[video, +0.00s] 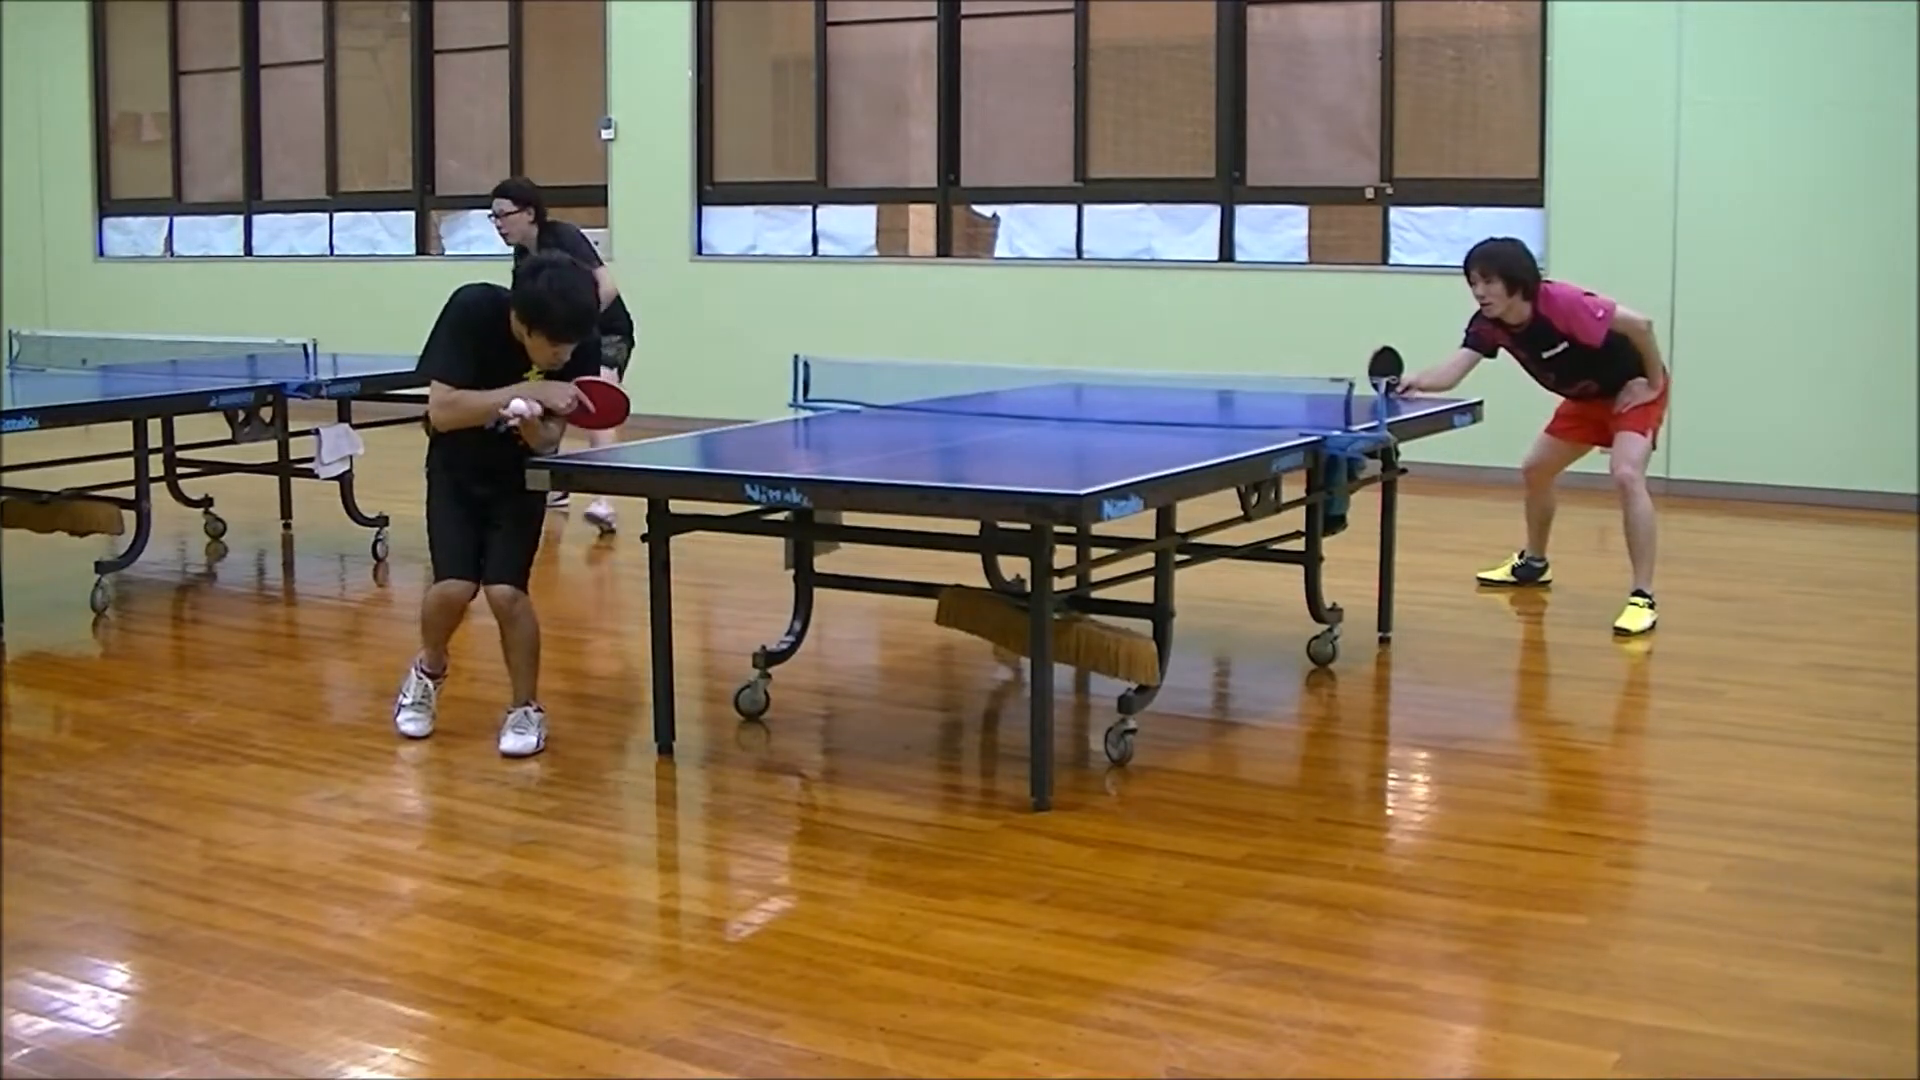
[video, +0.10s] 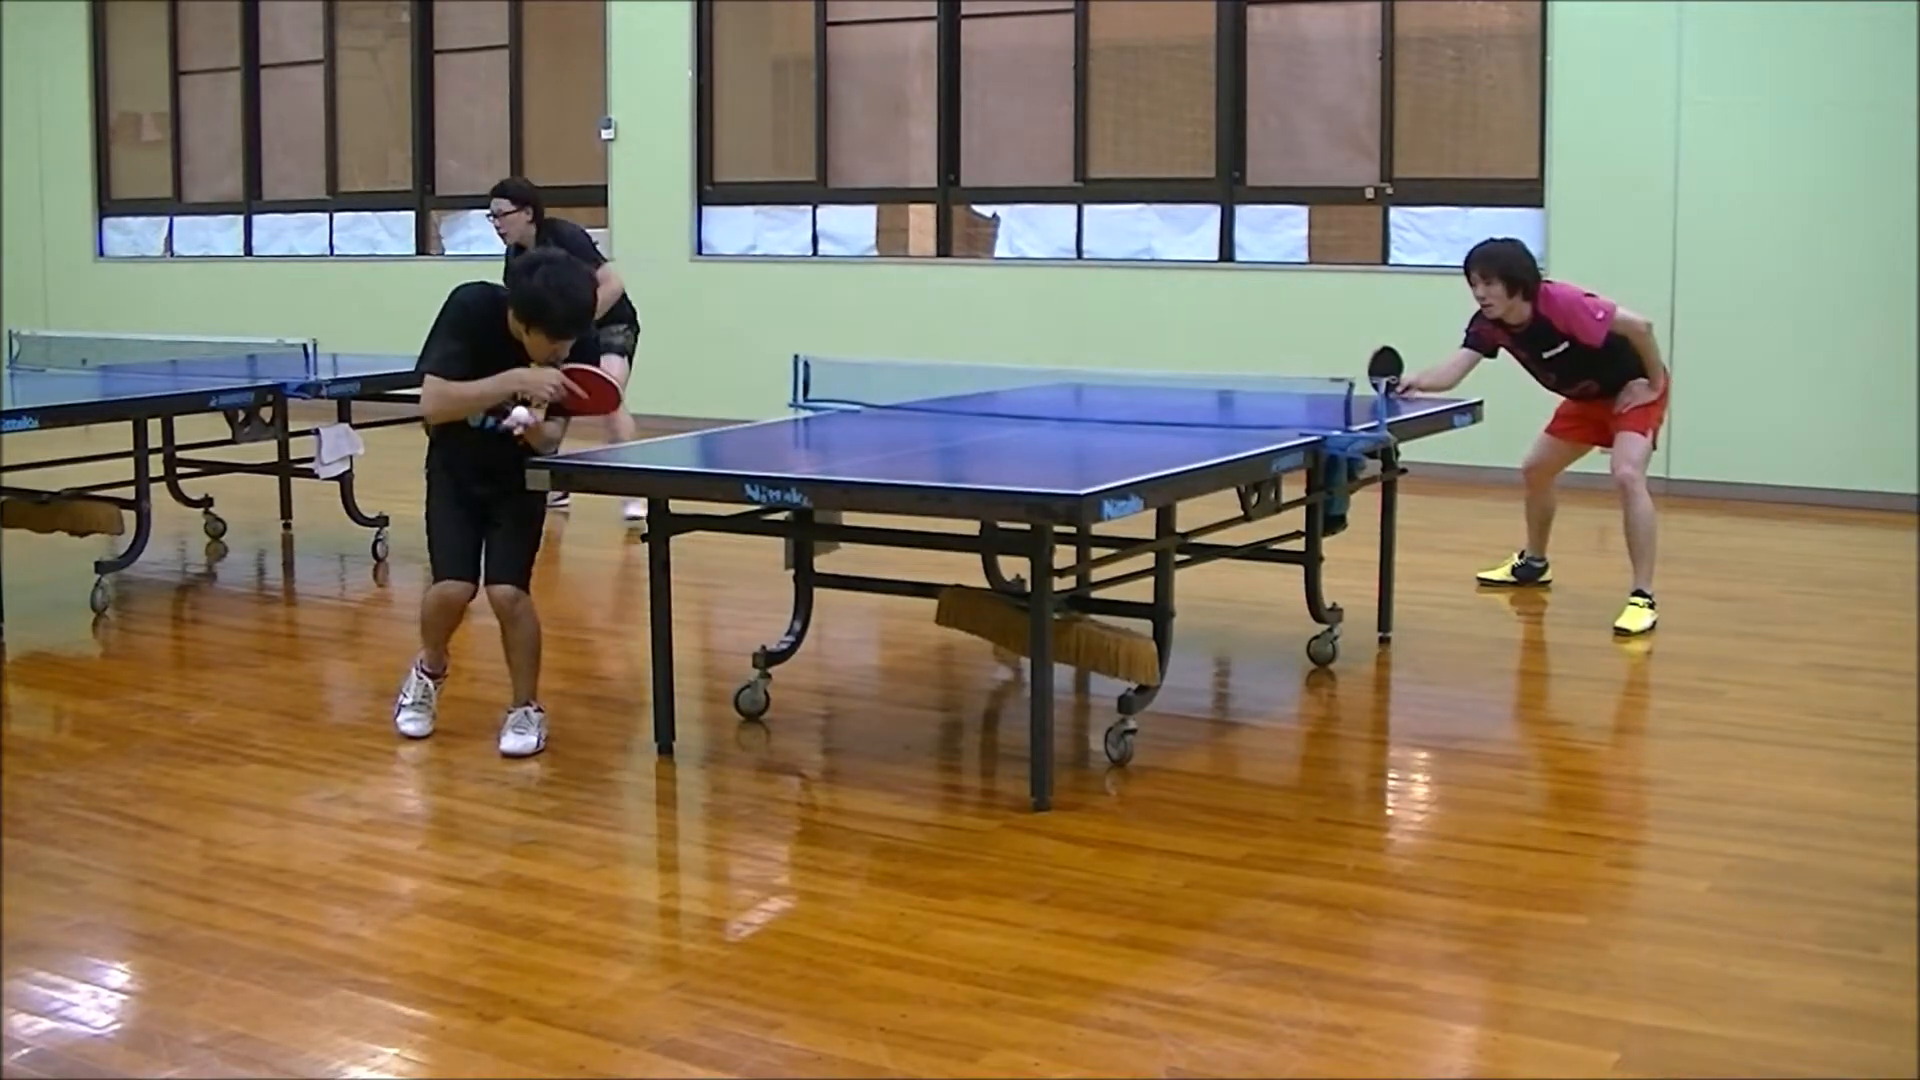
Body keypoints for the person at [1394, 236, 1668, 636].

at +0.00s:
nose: (1480, 291)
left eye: (1488, 280)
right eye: (1474, 283)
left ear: (1516, 281)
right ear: (1472, 286)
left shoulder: (1562, 302)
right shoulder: (1488, 323)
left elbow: (1640, 327)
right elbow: (1451, 373)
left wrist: (1655, 380)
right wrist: (1415, 381)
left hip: (1634, 386)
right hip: (1585, 396)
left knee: (1626, 475)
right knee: (1536, 470)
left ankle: (1642, 597)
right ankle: (1534, 563)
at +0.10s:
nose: (1480, 293)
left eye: (1488, 282)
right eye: (1475, 284)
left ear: (1517, 282)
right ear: (1472, 287)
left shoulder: (1562, 302)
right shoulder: (1489, 323)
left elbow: (1639, 328)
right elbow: (1451, 373)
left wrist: (1656, 381)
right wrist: (1415, 381)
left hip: (1634, 387)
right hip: (1585, 396)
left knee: (1627, 475)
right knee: (1536, 470)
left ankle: (1642, 597)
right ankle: (1534, 563)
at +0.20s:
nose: (1480, 293)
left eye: (1488, 282)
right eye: (1475, 284)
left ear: (1517, 283)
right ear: (1472, 287)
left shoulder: (1562, 302)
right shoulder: (1488, 323)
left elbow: (1639, 329)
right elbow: (1451, 373)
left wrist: (1657, 382)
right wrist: (1415, 381)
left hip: (1634, 387)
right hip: (1585, 397)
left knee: (1627, 475)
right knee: (1536, 470)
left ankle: (1642, 597)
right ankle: (1534, 563)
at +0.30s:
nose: (1480, 293)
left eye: (1488, 282)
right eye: (1475, 284)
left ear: (1517, 282)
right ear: (1472, 287)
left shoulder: (1561, 302)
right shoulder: (1488, 323)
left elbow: (1638, 329)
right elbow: (1450, 373)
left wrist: (1657, 382)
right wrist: (1414, 380)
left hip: (1634, 387)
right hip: (1585, 396)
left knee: (1627, 475)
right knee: (1536, 471)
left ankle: (1642, 597)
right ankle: (1534, 563)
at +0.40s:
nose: (1480, 292)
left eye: (1489, 281)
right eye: (1475, 284)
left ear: (1517, 282)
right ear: (1472, 286)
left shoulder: (1561, 302)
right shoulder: (1489, 322)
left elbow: (1637, 329)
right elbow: (1450, 373)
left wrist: (1657, 382)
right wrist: (1414, 380)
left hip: (1634, 387)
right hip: (1585, 396)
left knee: (1627, 475)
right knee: (1536, 471)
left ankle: (1642, 597)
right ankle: (1534, 563)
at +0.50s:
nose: (1480, 290)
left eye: (1489, 279)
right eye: (1475, 281)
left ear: (1517, 280)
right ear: (1473, 284)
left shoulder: (1561, 300)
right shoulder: (1489, 321)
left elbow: (1637, 329)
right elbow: (1451, 370)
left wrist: (1657, 381)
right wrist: (1414, 381)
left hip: (1635, 387)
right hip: (1586, 396)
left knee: (1627, 475)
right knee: (1536, 470)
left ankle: (1642, 597)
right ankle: (1534, 563)